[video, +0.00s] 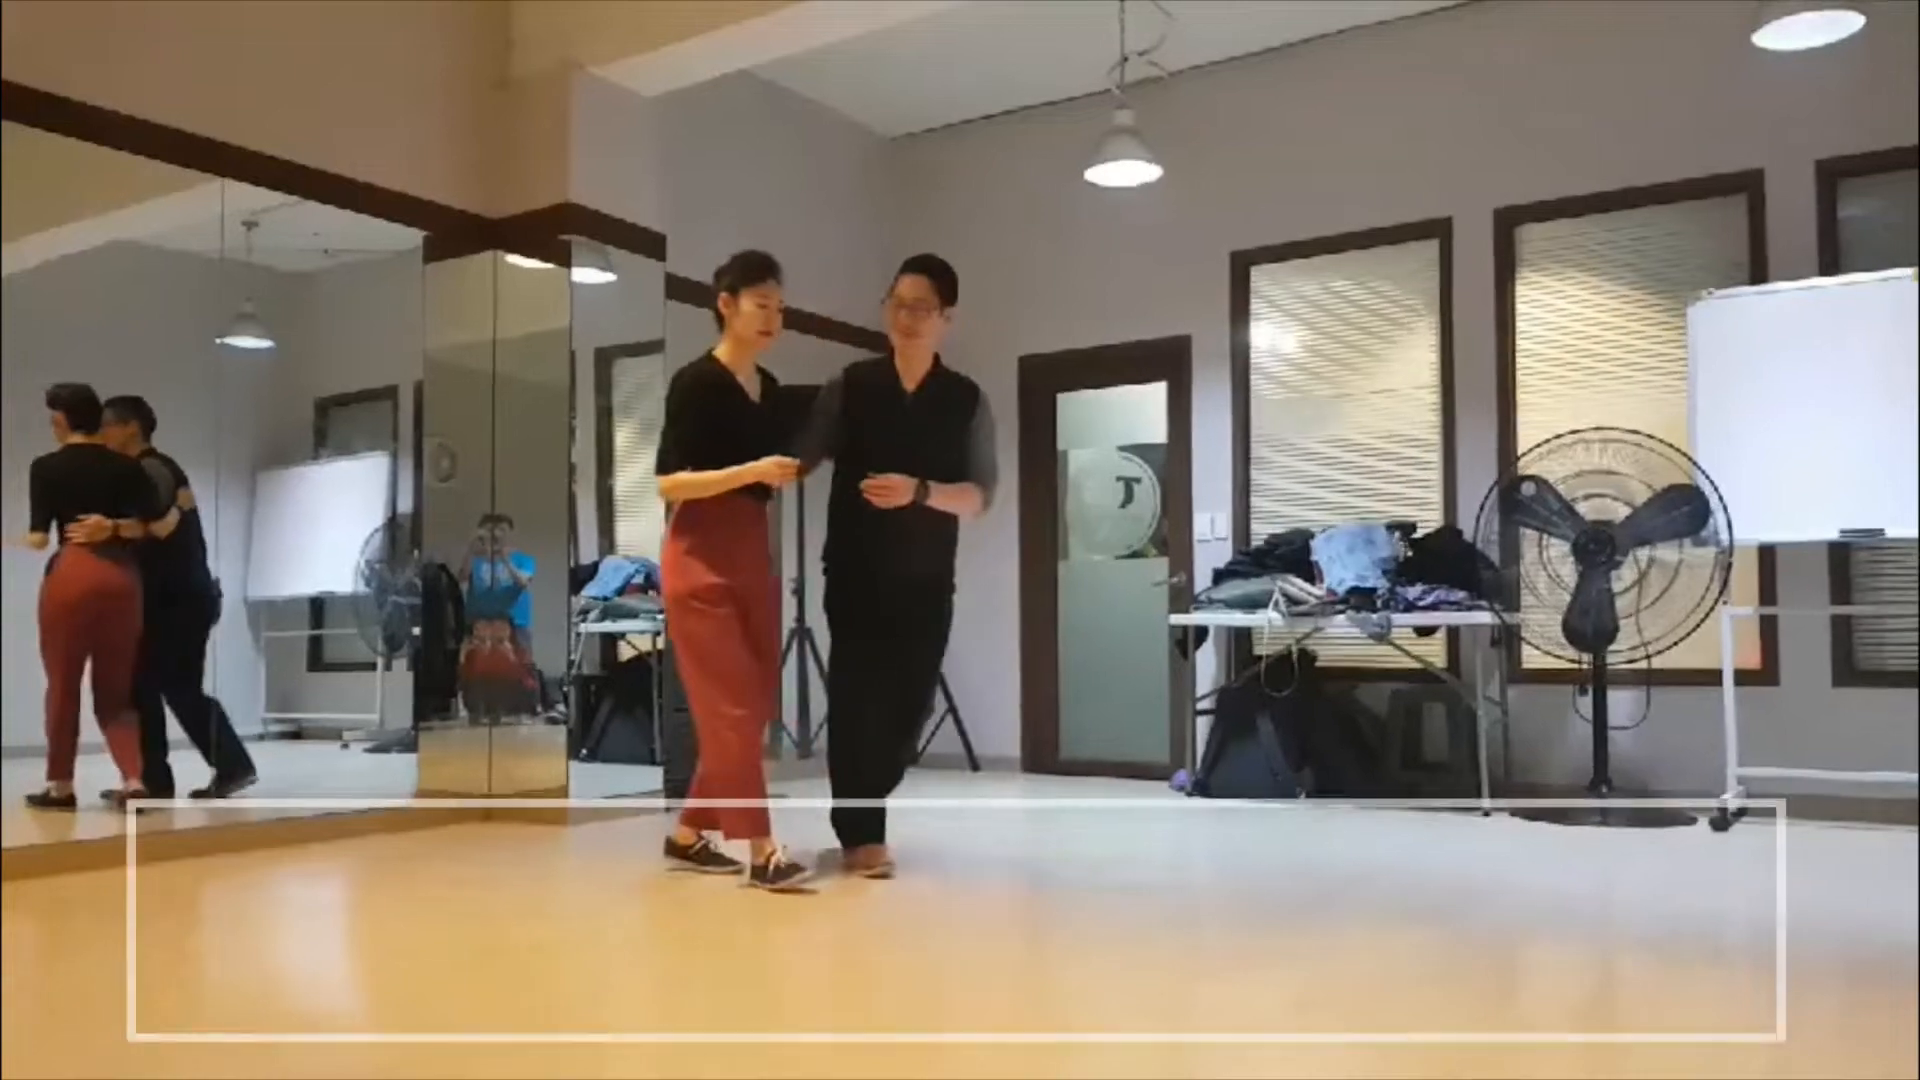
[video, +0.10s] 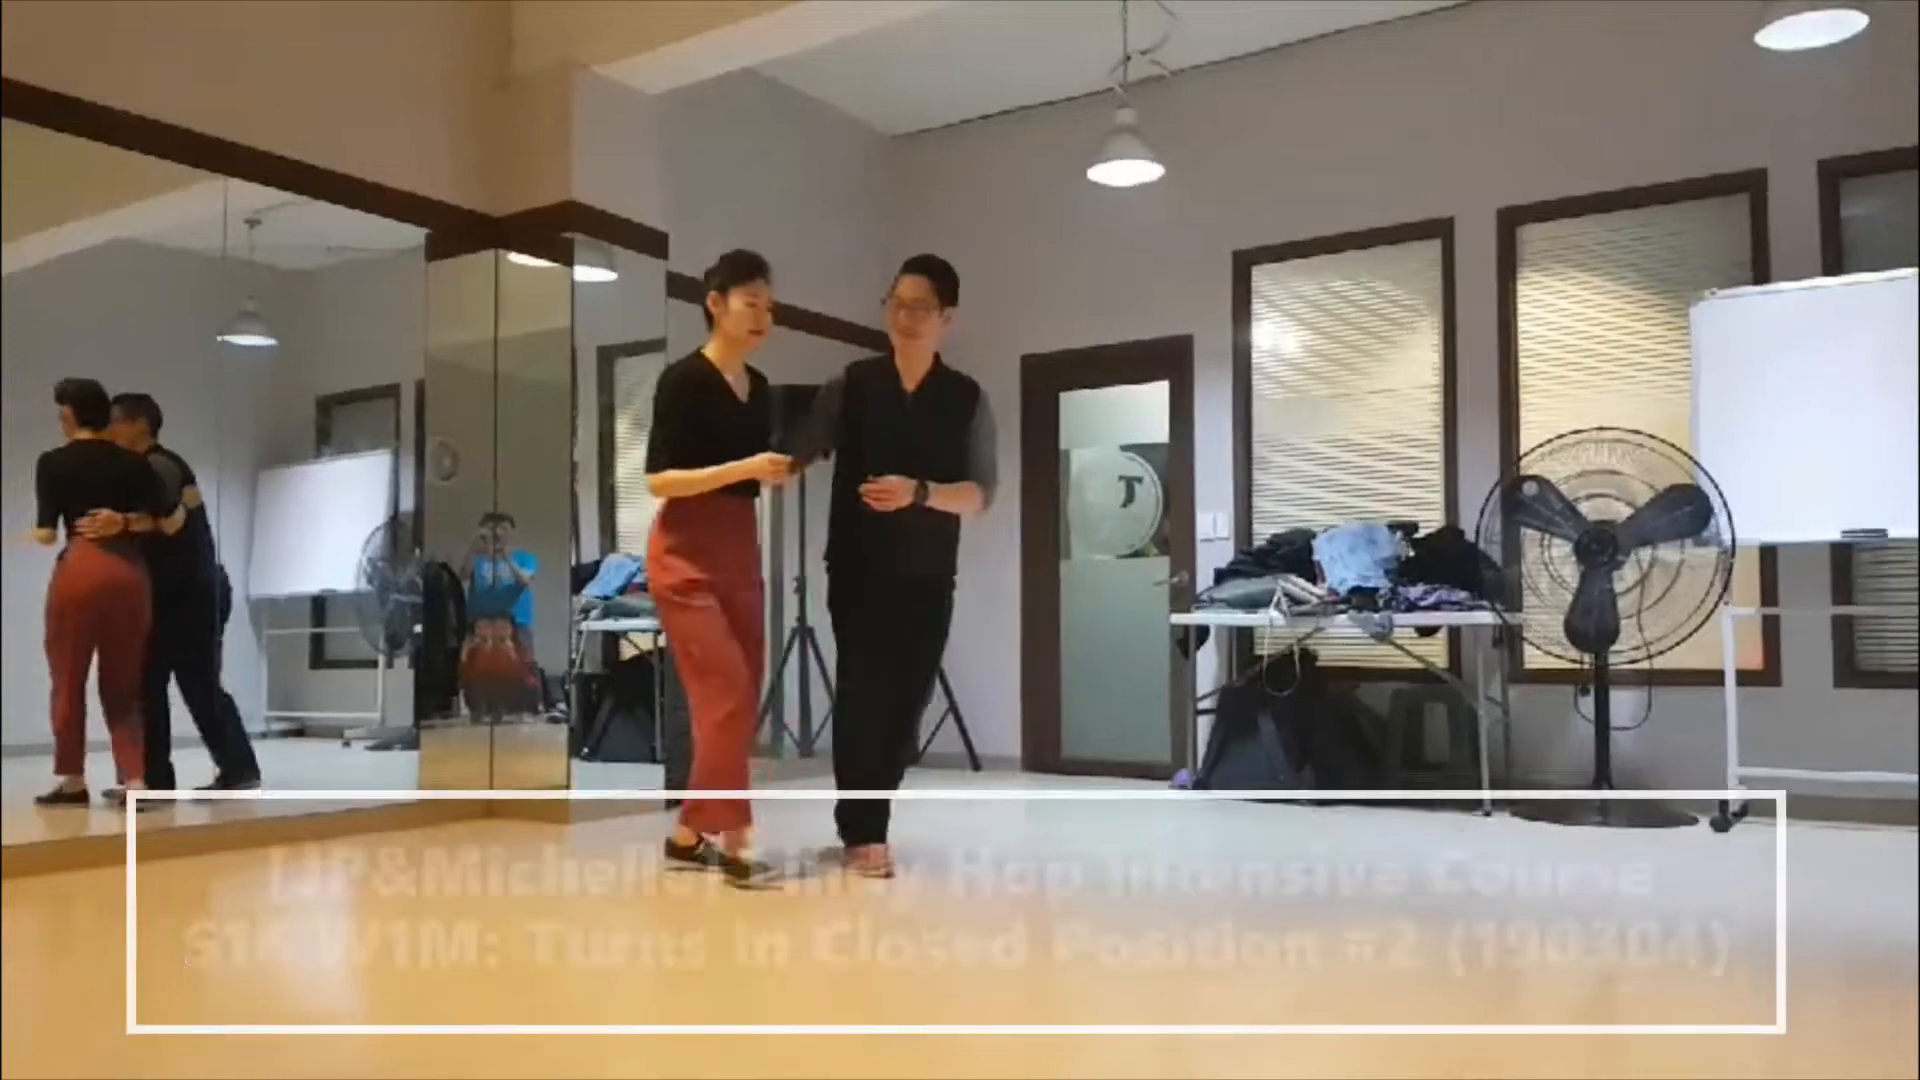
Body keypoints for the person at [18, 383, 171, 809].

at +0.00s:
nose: (51, 425)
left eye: (52, 419)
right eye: (52, 419)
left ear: (61, 421)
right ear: (96, 419)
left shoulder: (47, 467)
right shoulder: (124, 464)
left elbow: (39, 539)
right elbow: (161, 525)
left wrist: (22, 538)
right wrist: (180, 502)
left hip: (71, 570)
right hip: (122, 570)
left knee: (63, 685)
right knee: (115, 695)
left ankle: (60, 785)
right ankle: (134, 779)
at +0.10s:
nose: (59, 419)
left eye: (61, 412)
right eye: (61, 412)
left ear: (70, 416)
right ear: (103, 414)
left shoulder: (54, 462)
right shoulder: (132, 460)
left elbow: (46, 535)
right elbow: (172, 522)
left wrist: (35, 531)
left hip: (79, 566)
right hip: (129, 566)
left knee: (67, 682)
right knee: (123, 685)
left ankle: (71, 780)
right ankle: (133, 780)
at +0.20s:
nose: (63, 412)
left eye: (65, 406)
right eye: (65, 405)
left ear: (73, 409)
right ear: (110, 407)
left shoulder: (56, 456)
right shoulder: (136, 455)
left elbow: (51, 527)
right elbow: (172, 515)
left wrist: (42, 525)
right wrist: (130, 513)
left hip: (82, 565)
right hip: (132, 564)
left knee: (73, 686)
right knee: (125, 684)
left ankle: (97, 769)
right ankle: (132, 777)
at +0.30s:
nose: (64, 406)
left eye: (65, 400)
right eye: (67, 399)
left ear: (72, 404)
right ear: (110, 402)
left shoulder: (55, 451)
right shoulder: (134, 450)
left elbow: (49, 523)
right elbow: (168, 510)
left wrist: (43, 524)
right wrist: (128, 509)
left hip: (81, 561)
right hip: (131, 560)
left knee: (86, 682)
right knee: (124, 678)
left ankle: (126, 771)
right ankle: (128, 778)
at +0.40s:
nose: (63, 405)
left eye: (64, 399)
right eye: (66, 398)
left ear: (71, 403)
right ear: (109, 402)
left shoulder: (53, 451)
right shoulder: (132, 449)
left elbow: (45, 523)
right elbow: (162, 510)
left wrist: (75, 512)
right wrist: (131, 509)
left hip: (82, 561)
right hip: (130, 560)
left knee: (95, 676)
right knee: (121, 673)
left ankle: (127, 775)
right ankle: (129, 774)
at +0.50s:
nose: (55, 408)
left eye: (56, 402)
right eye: (58, 402)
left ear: (63, 407)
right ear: (102, 405)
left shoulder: (51, 457)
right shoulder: (127, 454)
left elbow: (39, 530)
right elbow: (162, 519)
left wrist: (70, 520)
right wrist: (127, 515)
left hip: (78, 561)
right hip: (127, 563)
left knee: (94, 678)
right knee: (105, 672)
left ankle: (128, 776)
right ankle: (123, 767)